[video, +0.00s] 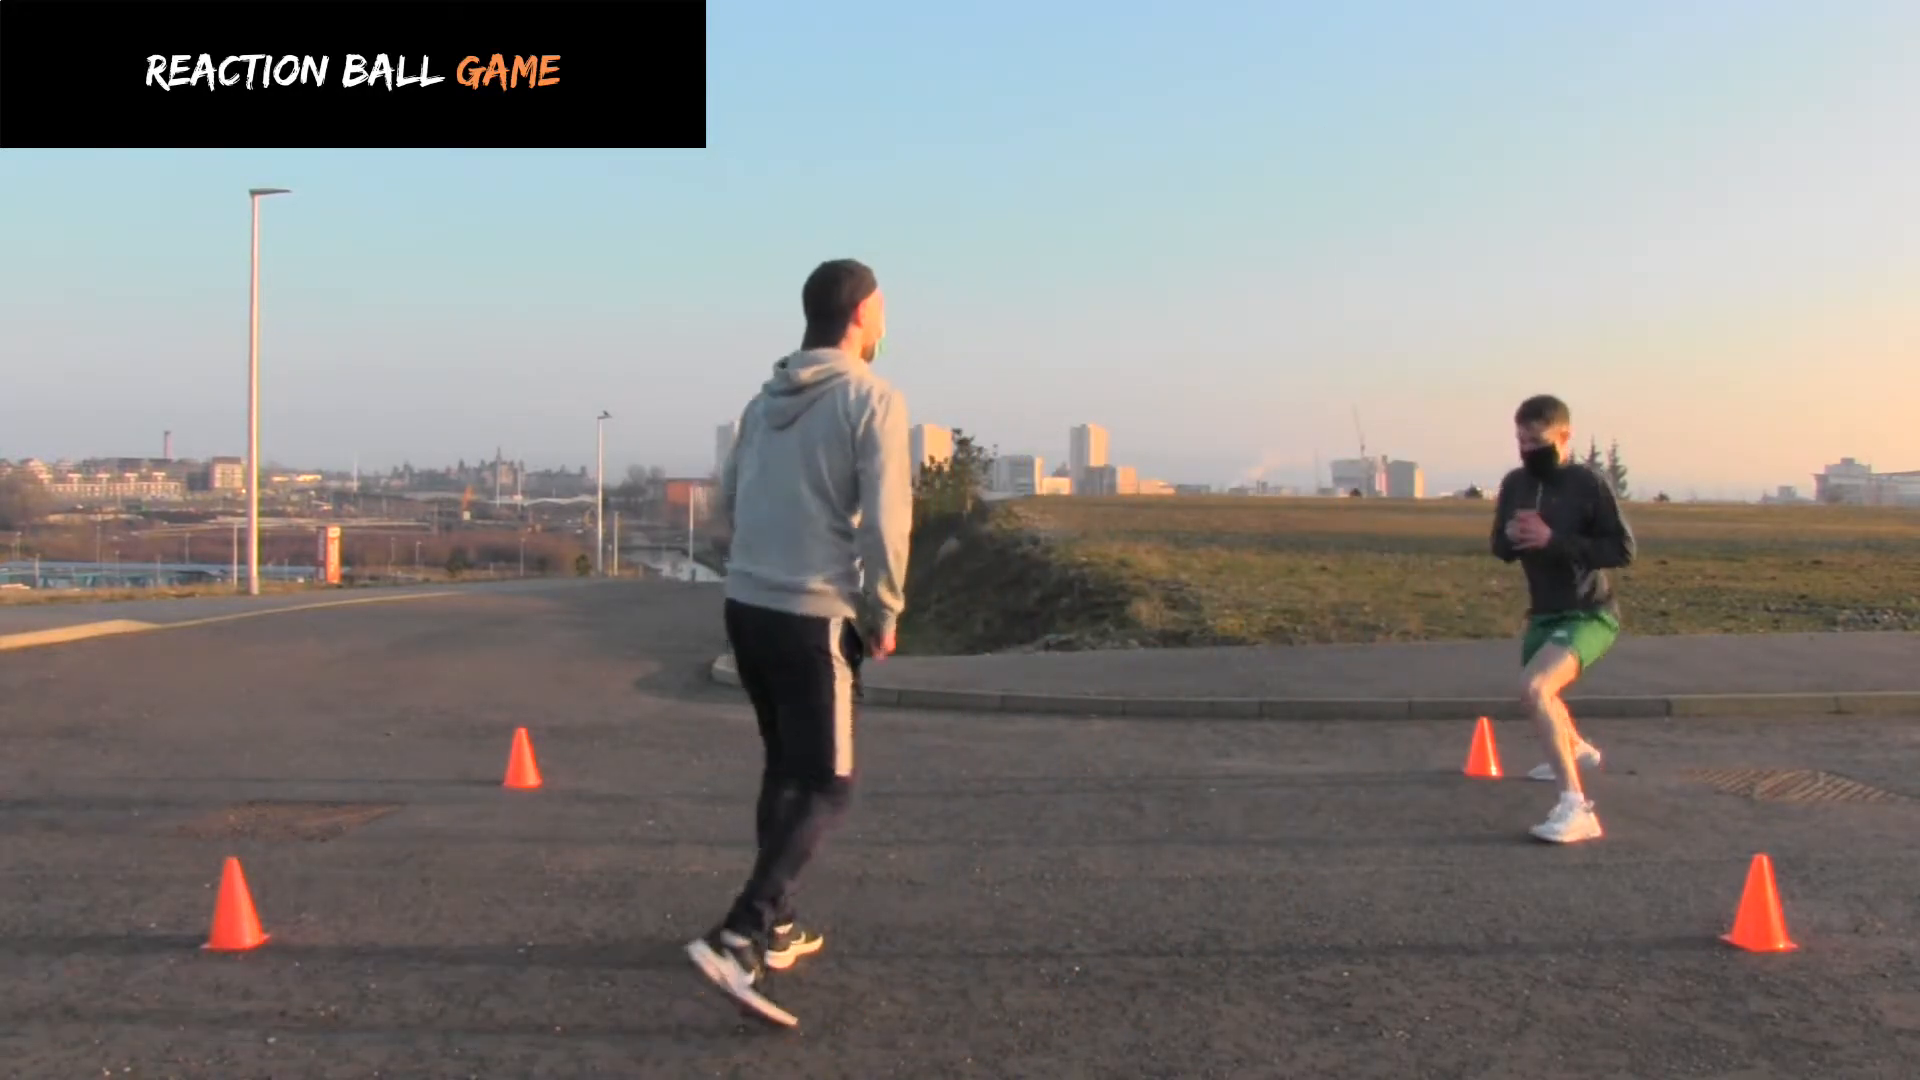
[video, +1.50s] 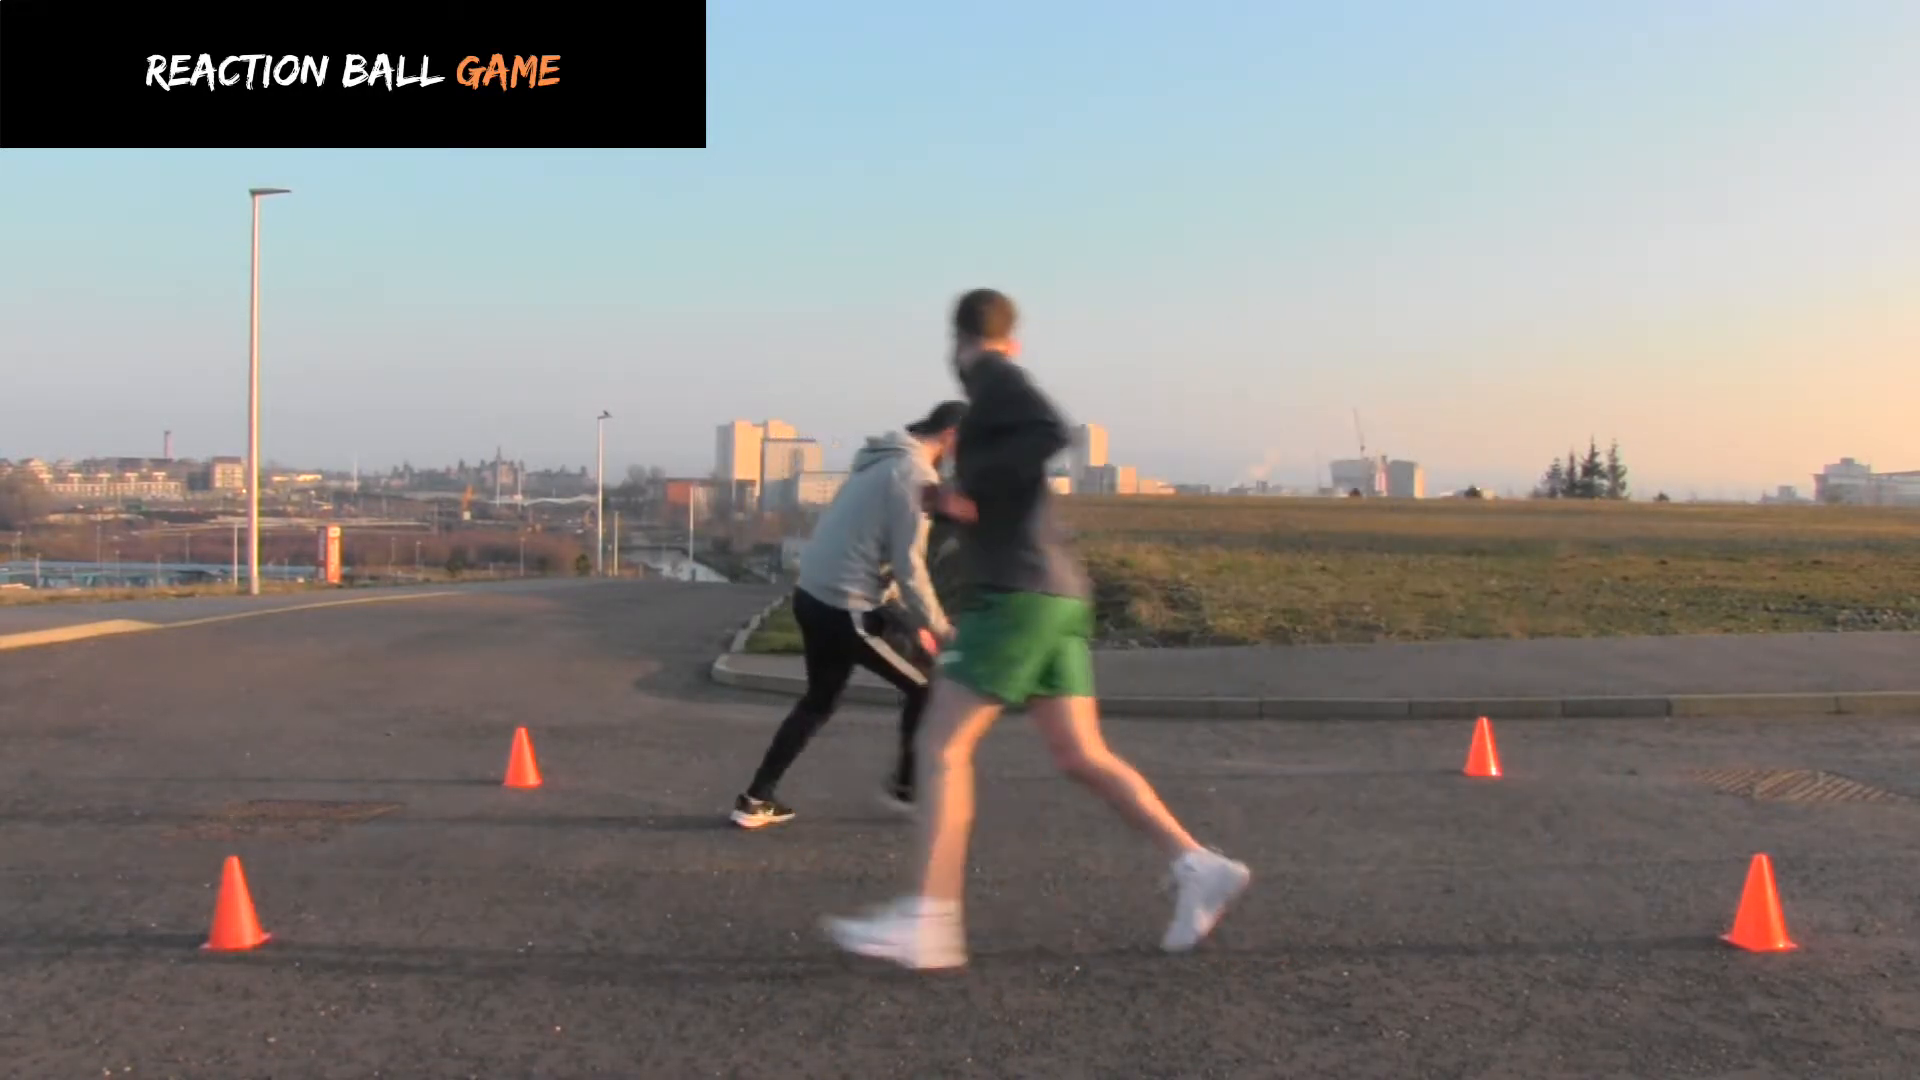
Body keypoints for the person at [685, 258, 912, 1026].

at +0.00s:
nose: (883, 322)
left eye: (879, 309)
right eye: (879, 309)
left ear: (815, 315)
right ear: (860, 315)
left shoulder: (767, 397)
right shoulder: (874, 398)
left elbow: (729, 500)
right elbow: (884, 520)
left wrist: (759, 570)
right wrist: (883, 613)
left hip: (746, 607)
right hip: (811, 615)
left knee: (783, 768)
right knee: (830, 784)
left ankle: (771, 925)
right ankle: (736, 939)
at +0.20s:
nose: (891, 311)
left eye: (890, 298)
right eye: (888, 298)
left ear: (828, 298)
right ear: (864, 300)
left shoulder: (786, 374)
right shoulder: (863, 378)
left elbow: (780, 488)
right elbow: (871, 498)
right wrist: (893, 589)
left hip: (765, 588)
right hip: (822, 593)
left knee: (792, 746)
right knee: (856, 750)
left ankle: (780, 916)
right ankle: (813, 915)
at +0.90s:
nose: (850, 373)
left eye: (850, 361)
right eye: (848, 362)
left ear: (798, 360)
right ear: (827, 363)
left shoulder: (765, 426)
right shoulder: (822, 430)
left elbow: (822, 504)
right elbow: (838, 524)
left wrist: (891, 479)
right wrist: (871, 605)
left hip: (754, 612)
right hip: (806, 615)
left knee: (785, 737)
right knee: (880, 741)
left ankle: (724, 864)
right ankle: (828, 860)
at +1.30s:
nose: (923, 414)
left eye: (927, 404)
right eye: (923, 403)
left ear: (887, 388)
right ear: (902, 390)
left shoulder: (836, 428)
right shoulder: (884, 444)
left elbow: (829, 508)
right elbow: (861, 525)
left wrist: (885, 542)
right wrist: (862, 602)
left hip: (779, 579)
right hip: (819, 591)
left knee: (779, 692)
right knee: (824, 707)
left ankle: (733, 802)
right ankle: (755, 812)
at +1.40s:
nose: (947, 446)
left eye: (951, 434)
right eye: (948, 432)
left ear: (917, 417)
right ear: (923, 418)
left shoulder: (858, 450)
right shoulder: (892, 463)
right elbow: (883, 555)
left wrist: (899, 596)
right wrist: (910, 624)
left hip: (797, 594)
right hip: (831, 603)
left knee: (804, 695)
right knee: (906, 695)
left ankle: (752, 801)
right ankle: (823, 770)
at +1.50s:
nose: (959, 454)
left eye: (960, 445)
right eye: (961, 444)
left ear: (930, 427)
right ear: (950, 435)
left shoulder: (882, 460)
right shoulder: (912, 475)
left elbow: (881, 563)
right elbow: (908, 563)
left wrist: (915, 628)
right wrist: (941, 625)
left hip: (813, 596)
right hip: (846, 607)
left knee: (819, 699)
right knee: (921, 685)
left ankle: (757, 796)